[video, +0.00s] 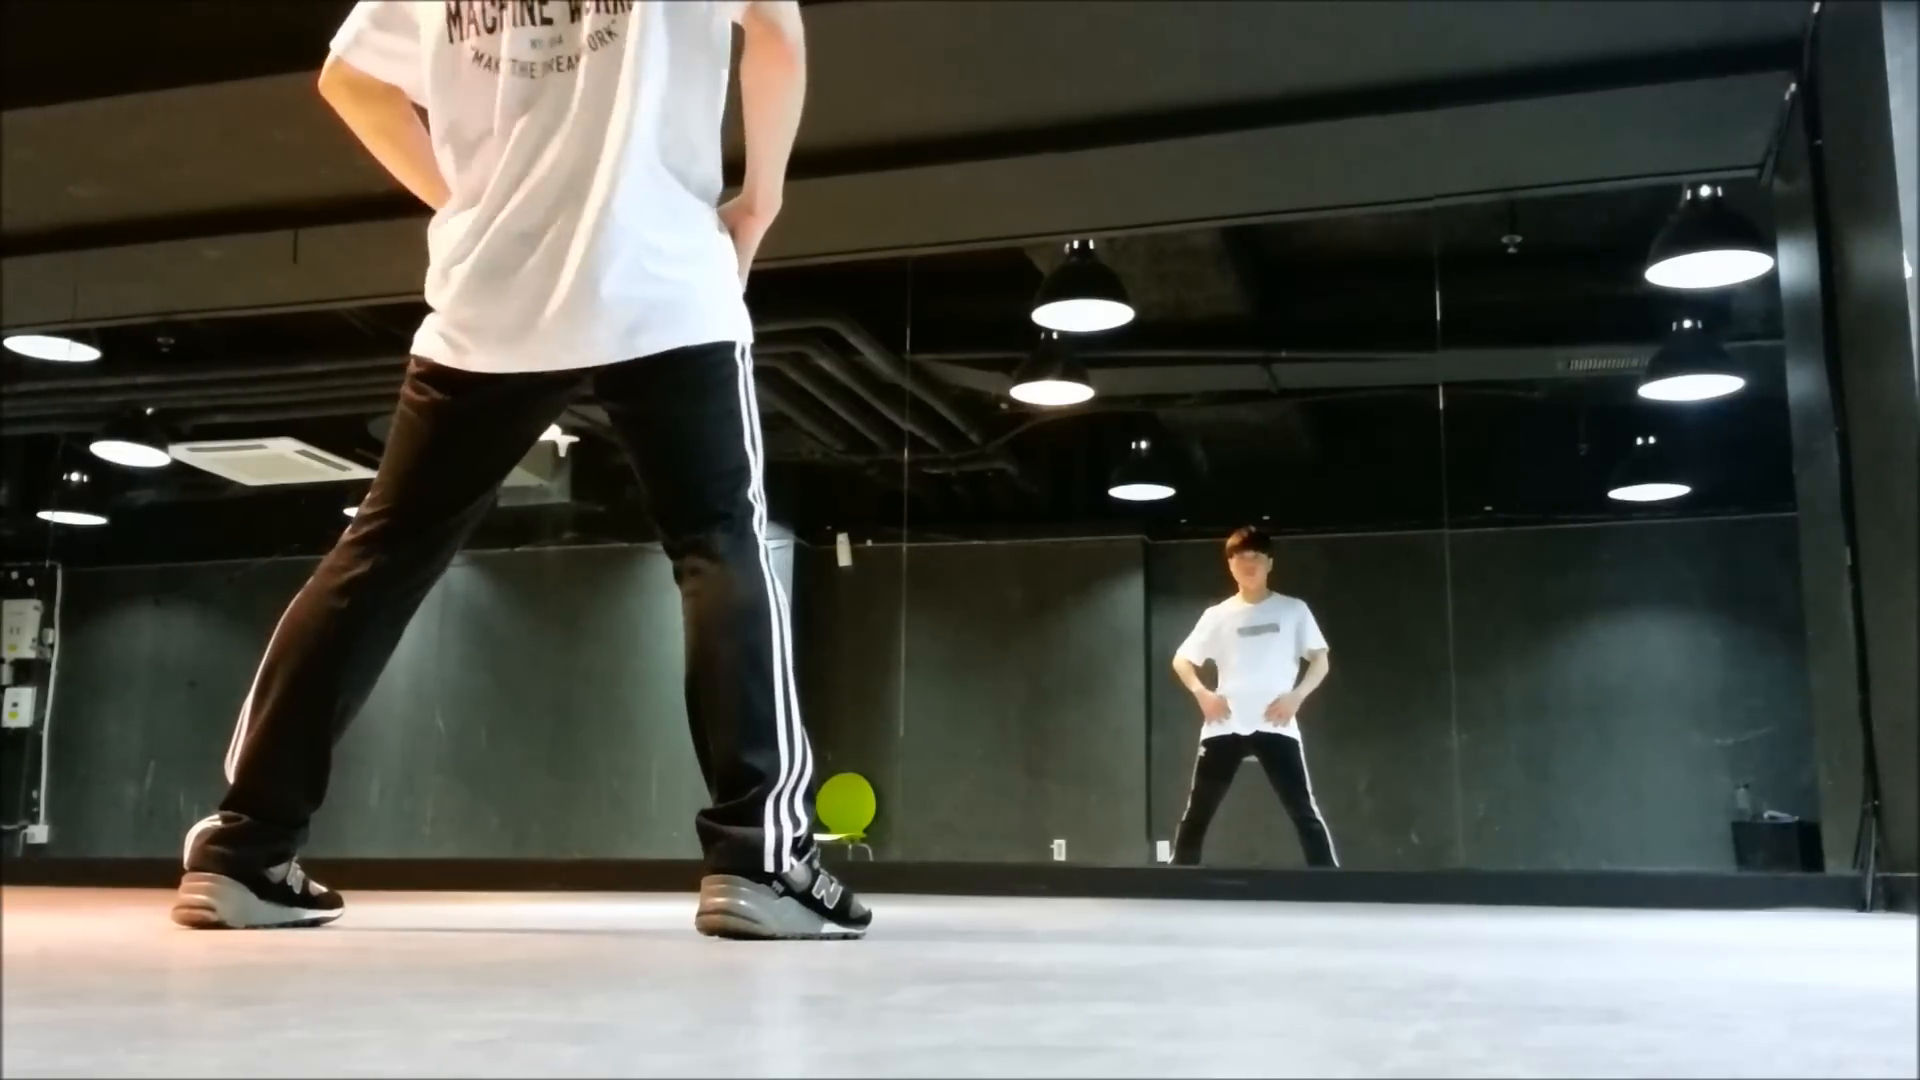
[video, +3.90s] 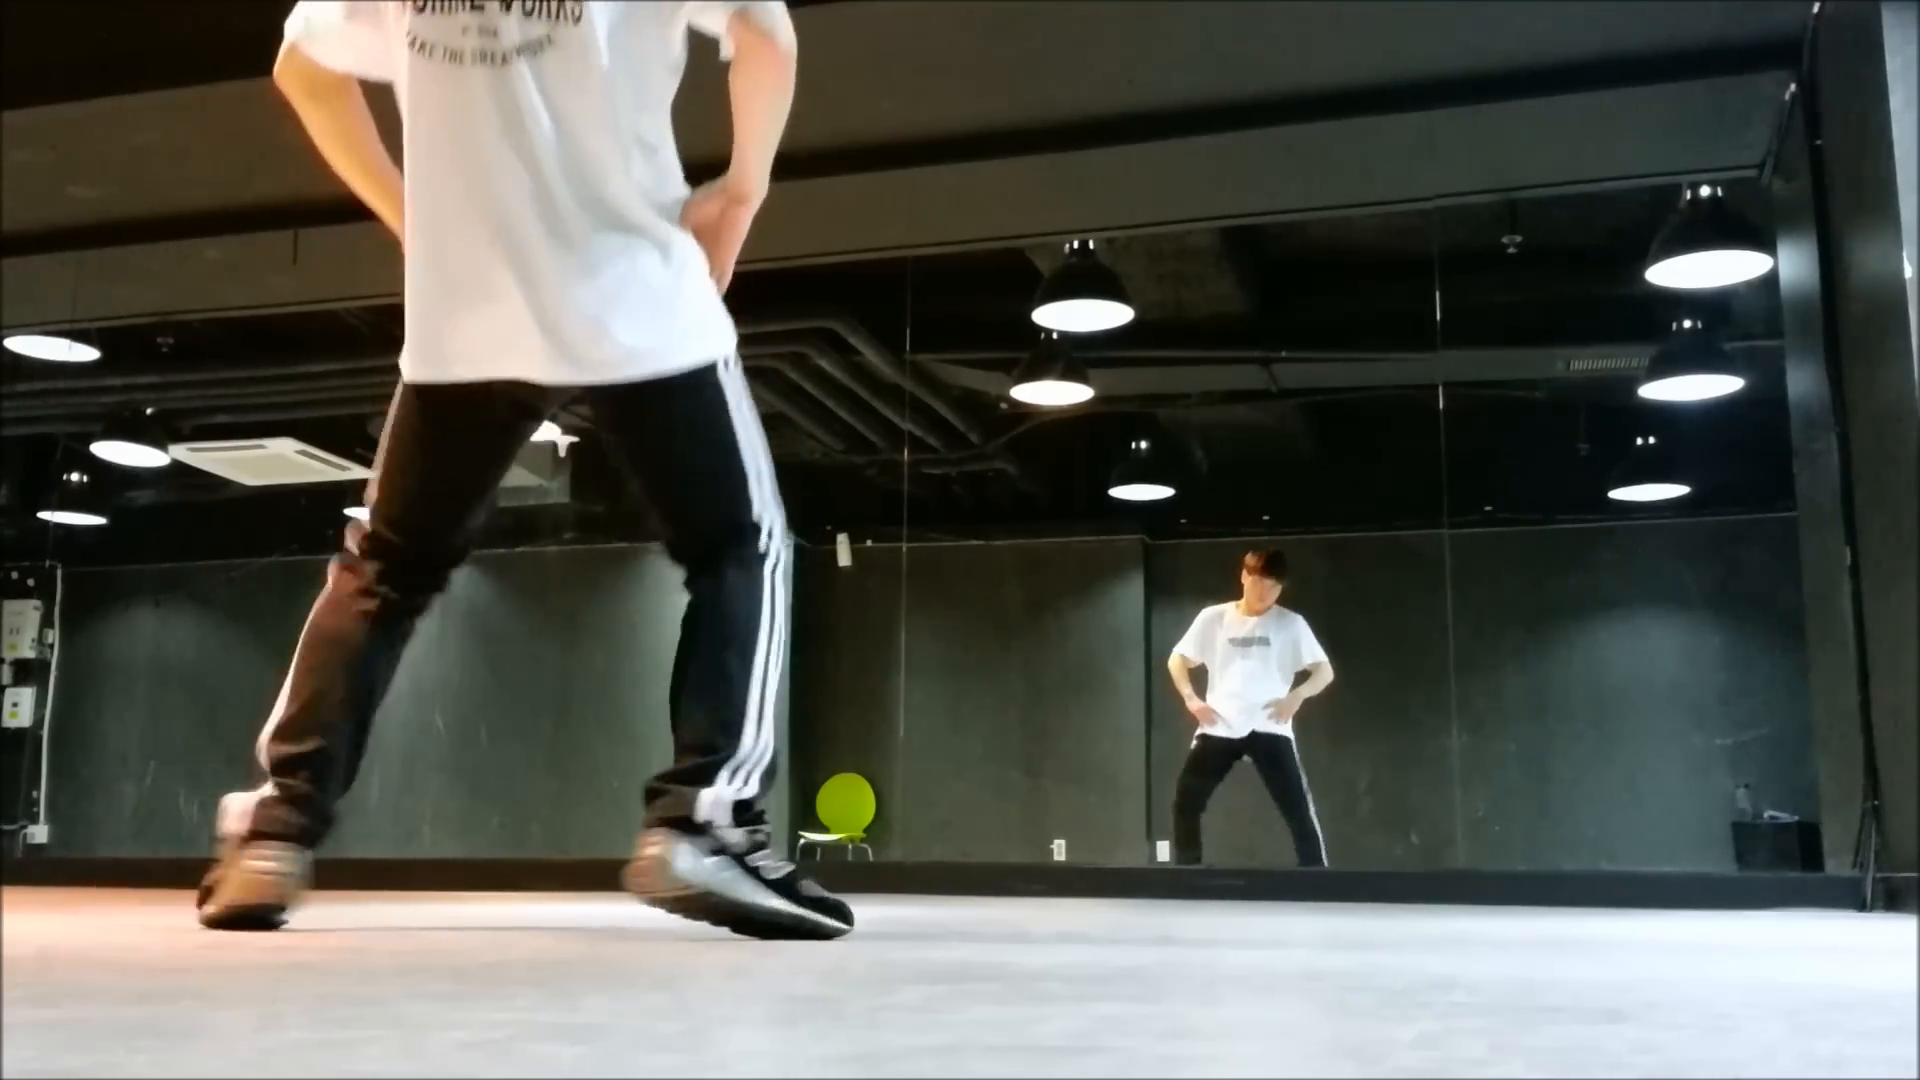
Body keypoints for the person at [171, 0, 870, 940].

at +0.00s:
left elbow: (353, 75)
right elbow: (773, 28)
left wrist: (466, 201)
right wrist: (758, 196)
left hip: (490, 270)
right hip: (658, 266)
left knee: (383, 550)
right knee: (722, 549)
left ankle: (242, 843)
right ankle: (760, 854)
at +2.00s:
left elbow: (342, 89)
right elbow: (790, 21)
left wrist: (451, 220)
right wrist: (761, 193)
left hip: (500, 289)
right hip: (668, 275)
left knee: (402, 567)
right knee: (791, 534)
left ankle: (313, 839)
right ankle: (724, 844)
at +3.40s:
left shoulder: (401, 3)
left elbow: (301, 63)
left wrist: (391, 220)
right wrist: (754, 164)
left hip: (458, 258)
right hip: (635, 243)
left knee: (385, 566)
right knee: (748, 544)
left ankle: (168, 824)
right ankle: (774, 847)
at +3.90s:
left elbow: (306, 68)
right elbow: (764, 35)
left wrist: (409, 218)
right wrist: (743, 185)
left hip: (464, 290)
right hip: (632, 291)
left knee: (383, 565)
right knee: (741, 548)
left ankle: (275, 833)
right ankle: (706, 825)